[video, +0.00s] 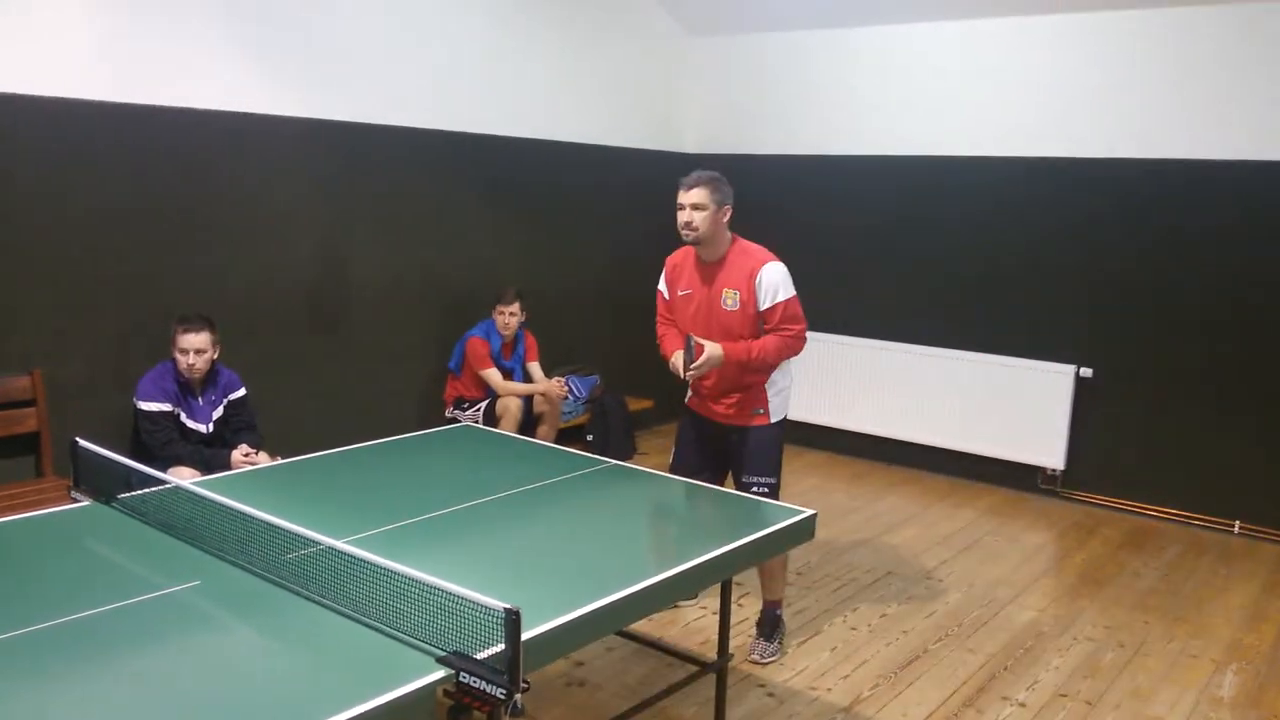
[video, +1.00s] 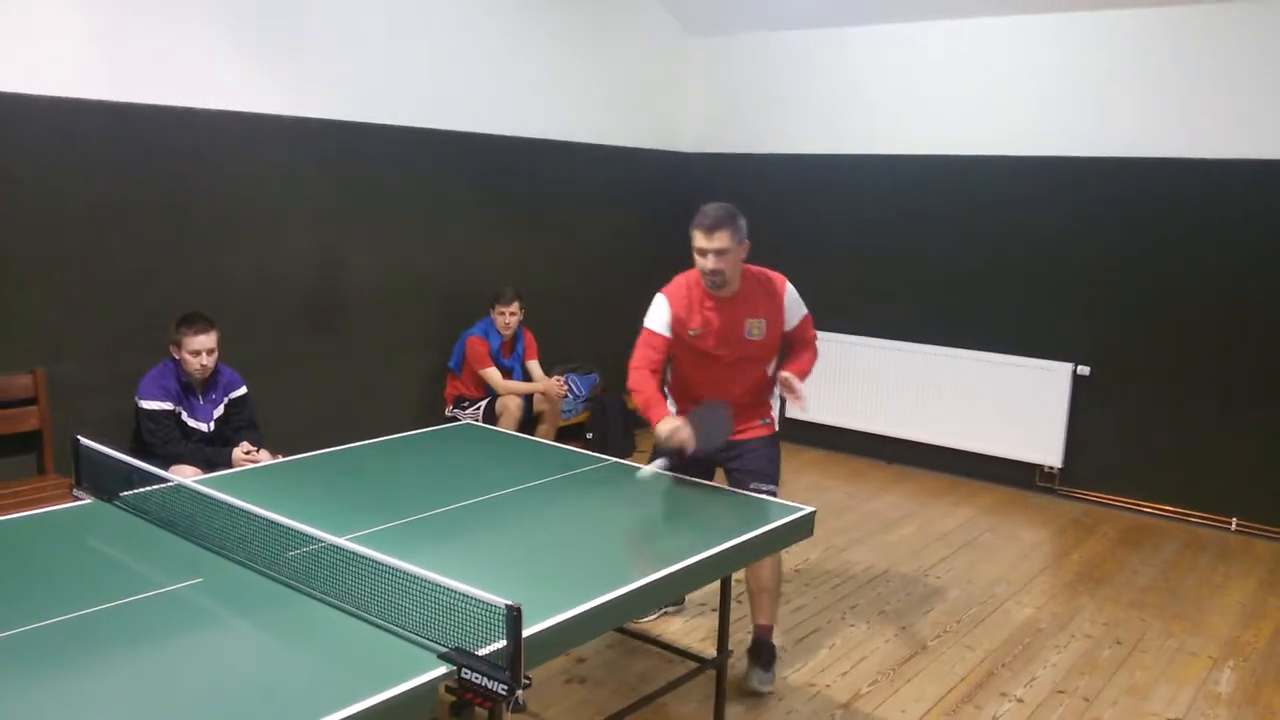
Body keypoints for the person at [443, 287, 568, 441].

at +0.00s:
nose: (506, 320)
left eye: (512, 315)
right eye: (501, 314)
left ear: (522, 317)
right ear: (494, 315)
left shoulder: (526, 339)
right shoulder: (477, 341)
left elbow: (539, 379)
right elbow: (500, 388)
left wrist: (553, 387)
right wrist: (545, 388)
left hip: (499, 401)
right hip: (463, 407)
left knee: (551, 403)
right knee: (513, 405)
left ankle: (539, 464)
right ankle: (501, 463)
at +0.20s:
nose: (504, 319)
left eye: (511, 314)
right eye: (499, 313)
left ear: (521, 316)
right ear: (492, 314)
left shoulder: (525, 338)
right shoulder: (475, 340)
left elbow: (539, 378)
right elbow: (499, 387)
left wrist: (553, 387)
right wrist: (543, 387)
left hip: (498, 400)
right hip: (462, 406)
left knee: (551, 401)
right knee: (511, 404)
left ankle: (539, 462)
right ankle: (502, 461)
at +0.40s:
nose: (503, 319)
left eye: (510, 313)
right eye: (498, 312)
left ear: (519, 315)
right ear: (491, 313)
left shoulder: (523, 337)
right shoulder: (474, 339)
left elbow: (537, 377)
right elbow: (498, 387)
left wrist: (552, 386)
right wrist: (543, 386)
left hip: (497, 399)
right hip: (461, 405)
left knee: (550, 400)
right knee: (511, 403)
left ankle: (537, 462)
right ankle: (501, 461)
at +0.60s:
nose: (500, 317)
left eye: (507, 311)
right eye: (495, 310)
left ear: (517, 313)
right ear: (487, 311)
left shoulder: (520, 335)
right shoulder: (471, 337)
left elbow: (535, 375)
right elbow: (495, 385)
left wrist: (549, 384)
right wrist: (540, 385)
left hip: (494, 398)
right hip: (458, 404)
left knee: (547, 399)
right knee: (508, 402)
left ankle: (536, 461)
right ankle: (496, 461)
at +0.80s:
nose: (502, 319)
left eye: (508, 313)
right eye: (497, 313)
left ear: (518, 314)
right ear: (488, 313)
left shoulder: (521, 337)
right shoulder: (471, 339)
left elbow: (536, 378)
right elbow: (496, 387)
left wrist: (550, 386)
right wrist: (541, 387)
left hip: (495, 398)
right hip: (459, 405)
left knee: (548, 401)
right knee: (509, 403)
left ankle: (537, 463)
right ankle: (497, 463)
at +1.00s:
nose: (507, 320)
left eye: (512, 314)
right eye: (501, 314)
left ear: (521, 315)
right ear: (492, 314)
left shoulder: (525, 338)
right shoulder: (475, 340)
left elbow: (539, 378)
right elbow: (500, 387)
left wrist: (554, 386)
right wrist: (543, 387)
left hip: (499, 400)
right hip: (463, 407)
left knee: (551, 402)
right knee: (512, 403)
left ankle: (538, 463)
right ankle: (500, 461)